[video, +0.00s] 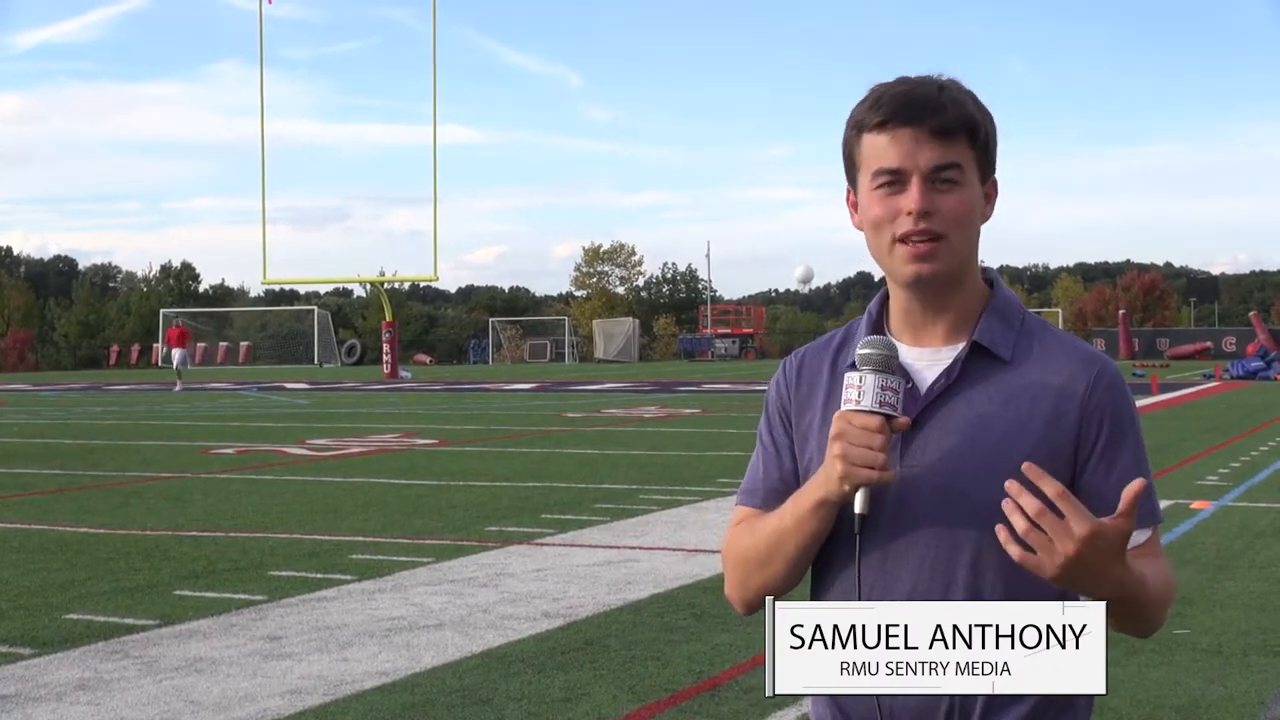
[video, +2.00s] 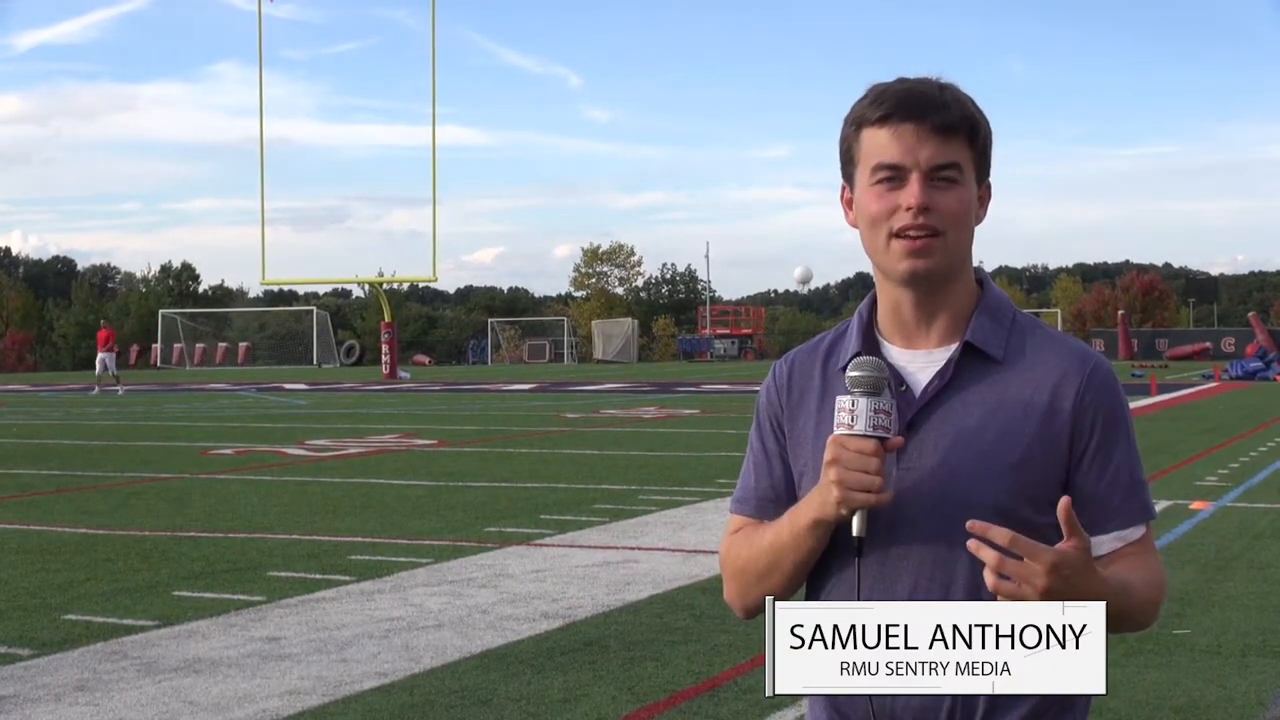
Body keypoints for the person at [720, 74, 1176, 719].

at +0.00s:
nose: (917, 204)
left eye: (944, 179)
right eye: (890, 182)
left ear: (988, 196)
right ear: (856, 208)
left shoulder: (1082, 383)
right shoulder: (804, 380)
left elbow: (1150, 608)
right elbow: (742, 584)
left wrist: (1110, 580)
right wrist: (824, 487)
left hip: (1026, 707)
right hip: (849, 708)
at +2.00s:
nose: (916, 201)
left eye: (944, 177)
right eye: (889, 179)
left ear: (981, 200)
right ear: (850, 204)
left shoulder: (1074, 382)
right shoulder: (794, 383)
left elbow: (1141, 583)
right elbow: (741, 587)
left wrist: (1090, 588)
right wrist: (821, 505)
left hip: (1021, 708)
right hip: (843, 707)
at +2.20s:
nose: (917, 201)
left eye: (945, 178)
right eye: (890, 178)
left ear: (983, 200)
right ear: (852, 204)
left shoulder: (1074, 383)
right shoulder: (795, 384)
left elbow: (1142, 588)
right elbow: (742, 587)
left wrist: (1080, 583)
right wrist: (823, 508)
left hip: (1021, 708)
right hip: (844, 707)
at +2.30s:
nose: (916, 199)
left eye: (946, 178)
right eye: (891, 177)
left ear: (985, 203)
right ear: (855, 203)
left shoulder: (1074, 382)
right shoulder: (795, 383)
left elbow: (1144, 596)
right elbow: (740, 587)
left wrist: (1085, 571)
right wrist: (823, 505)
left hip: (1022, 707)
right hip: (843, 708)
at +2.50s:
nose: (907, 203)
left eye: (943, 181)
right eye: (888, 176)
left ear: (991, 207)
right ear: (860, 195)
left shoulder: (1074, 379)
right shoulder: (796, 380)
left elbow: (1143, 611)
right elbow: (738, 588)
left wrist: (1120, 536)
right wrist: (811, 499)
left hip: (1025, 705)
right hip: (848, 706)